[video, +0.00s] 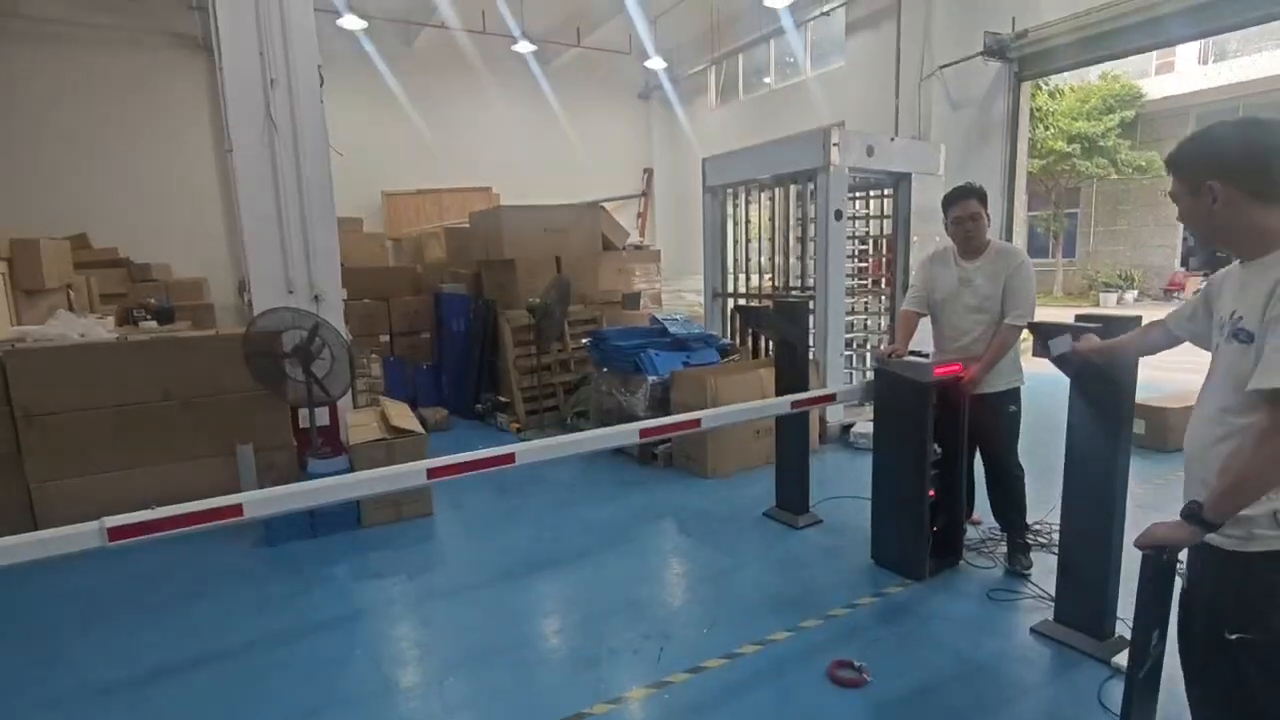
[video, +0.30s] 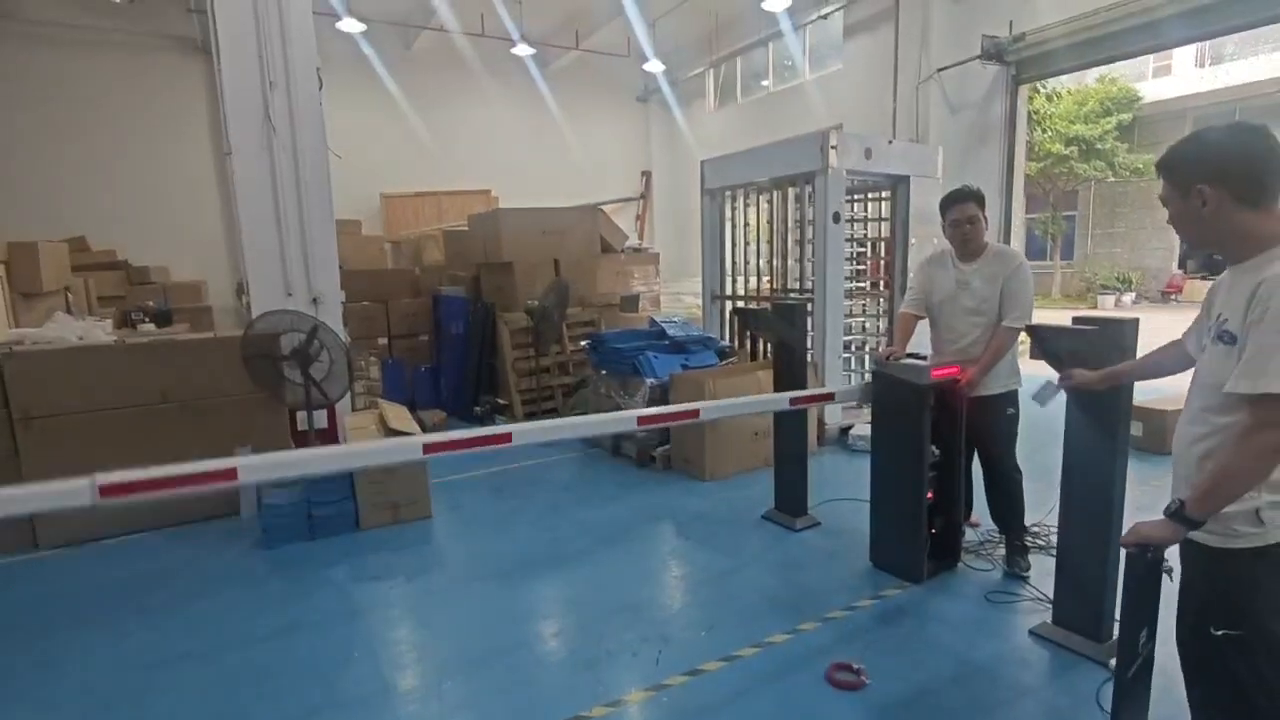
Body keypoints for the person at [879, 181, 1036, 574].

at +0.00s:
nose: (967, 226)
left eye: (974, 217)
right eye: (958, 221)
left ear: (988, 217)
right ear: (946, 225)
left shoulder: (1013, 260)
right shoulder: (934, 262)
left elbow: (1015, 323)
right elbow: (912, 306)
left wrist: (982, 367)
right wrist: (900, 342)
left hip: (998, 384)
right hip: (949, 384)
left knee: (1002, 467)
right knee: (951, 467)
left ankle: (1016, 538)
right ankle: (948, 541)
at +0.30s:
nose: (965, 229)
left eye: (971, 220)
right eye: (955, 224)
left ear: (986, 220)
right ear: (944, 228)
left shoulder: (1011, 263)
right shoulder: (932, 264)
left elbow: (1012, 325)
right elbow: (910, 308)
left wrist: (979, 369)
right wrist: (898, 344)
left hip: (995, 388)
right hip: (947, 387)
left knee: (1001, 469)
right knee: (950, 469)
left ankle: (1015, 541)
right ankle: (947, 543)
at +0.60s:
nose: (954, 236)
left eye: (963, 228)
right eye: (947, 229)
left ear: (981, 226)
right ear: (939, 230)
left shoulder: (1008, 266)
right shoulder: (929, 267)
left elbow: (1009, 327)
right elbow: (907, 312)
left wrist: (977, 371)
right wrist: (895, 349)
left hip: (992, 390)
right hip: (943, 389)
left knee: (998, 472)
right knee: (947, 472)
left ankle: (1012, 544)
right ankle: (944, 545)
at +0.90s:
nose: (949, 241)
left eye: (958, 232)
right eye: (942, 233)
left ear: (978, 229)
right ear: (935, 233)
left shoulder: (1006, 268)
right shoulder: (927, 269)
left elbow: (1007, 329)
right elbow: (906, 313)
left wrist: (975, 373)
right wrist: (893, 351)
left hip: (990, 392)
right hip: (941, 391)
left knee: (996, 474)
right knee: (945, 473)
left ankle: (1010, 545)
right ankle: (941, 548)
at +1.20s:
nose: (946, 242)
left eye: (955, 233)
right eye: (940, 234)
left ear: (977, 231)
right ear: (934, 233)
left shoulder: (1004, 269)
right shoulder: (926, 269)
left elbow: (1006, 331)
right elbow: (905, 314)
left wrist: (974, 374)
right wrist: (892, 351)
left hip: (989, 393)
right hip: (940, 392)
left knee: (994, 475)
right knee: (943, 475)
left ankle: (1009, 546)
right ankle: (939, 550)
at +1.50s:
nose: (944, 243)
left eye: (953, 234)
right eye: (939, 235)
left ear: (975, 232)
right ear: (933, 234)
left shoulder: (1003, 270)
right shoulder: (925, 269)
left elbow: (1005, 330)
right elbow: (904, 315)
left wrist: (972, 375)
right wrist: (890, 353)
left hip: (988, 393)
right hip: (940, 393)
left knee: (994, 475)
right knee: (942, 476)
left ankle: (1008, 547)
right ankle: (939, 552)